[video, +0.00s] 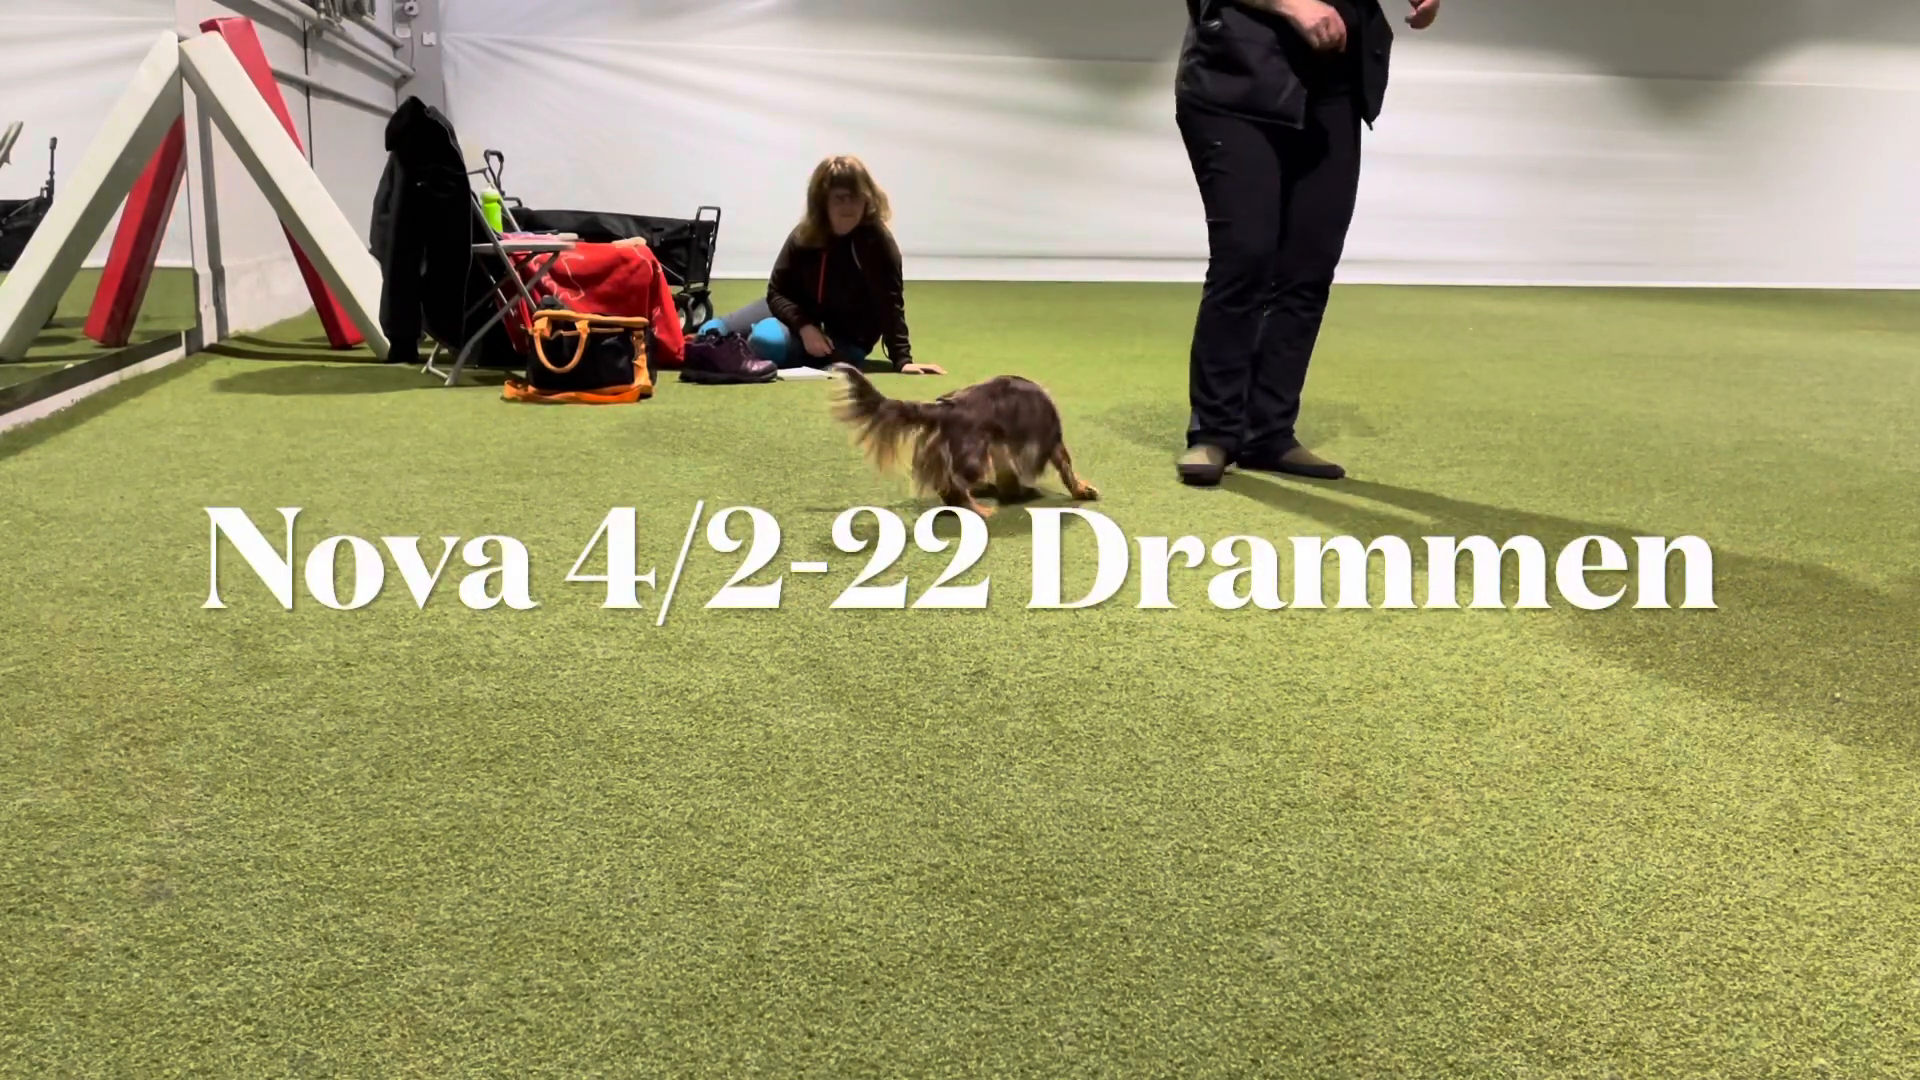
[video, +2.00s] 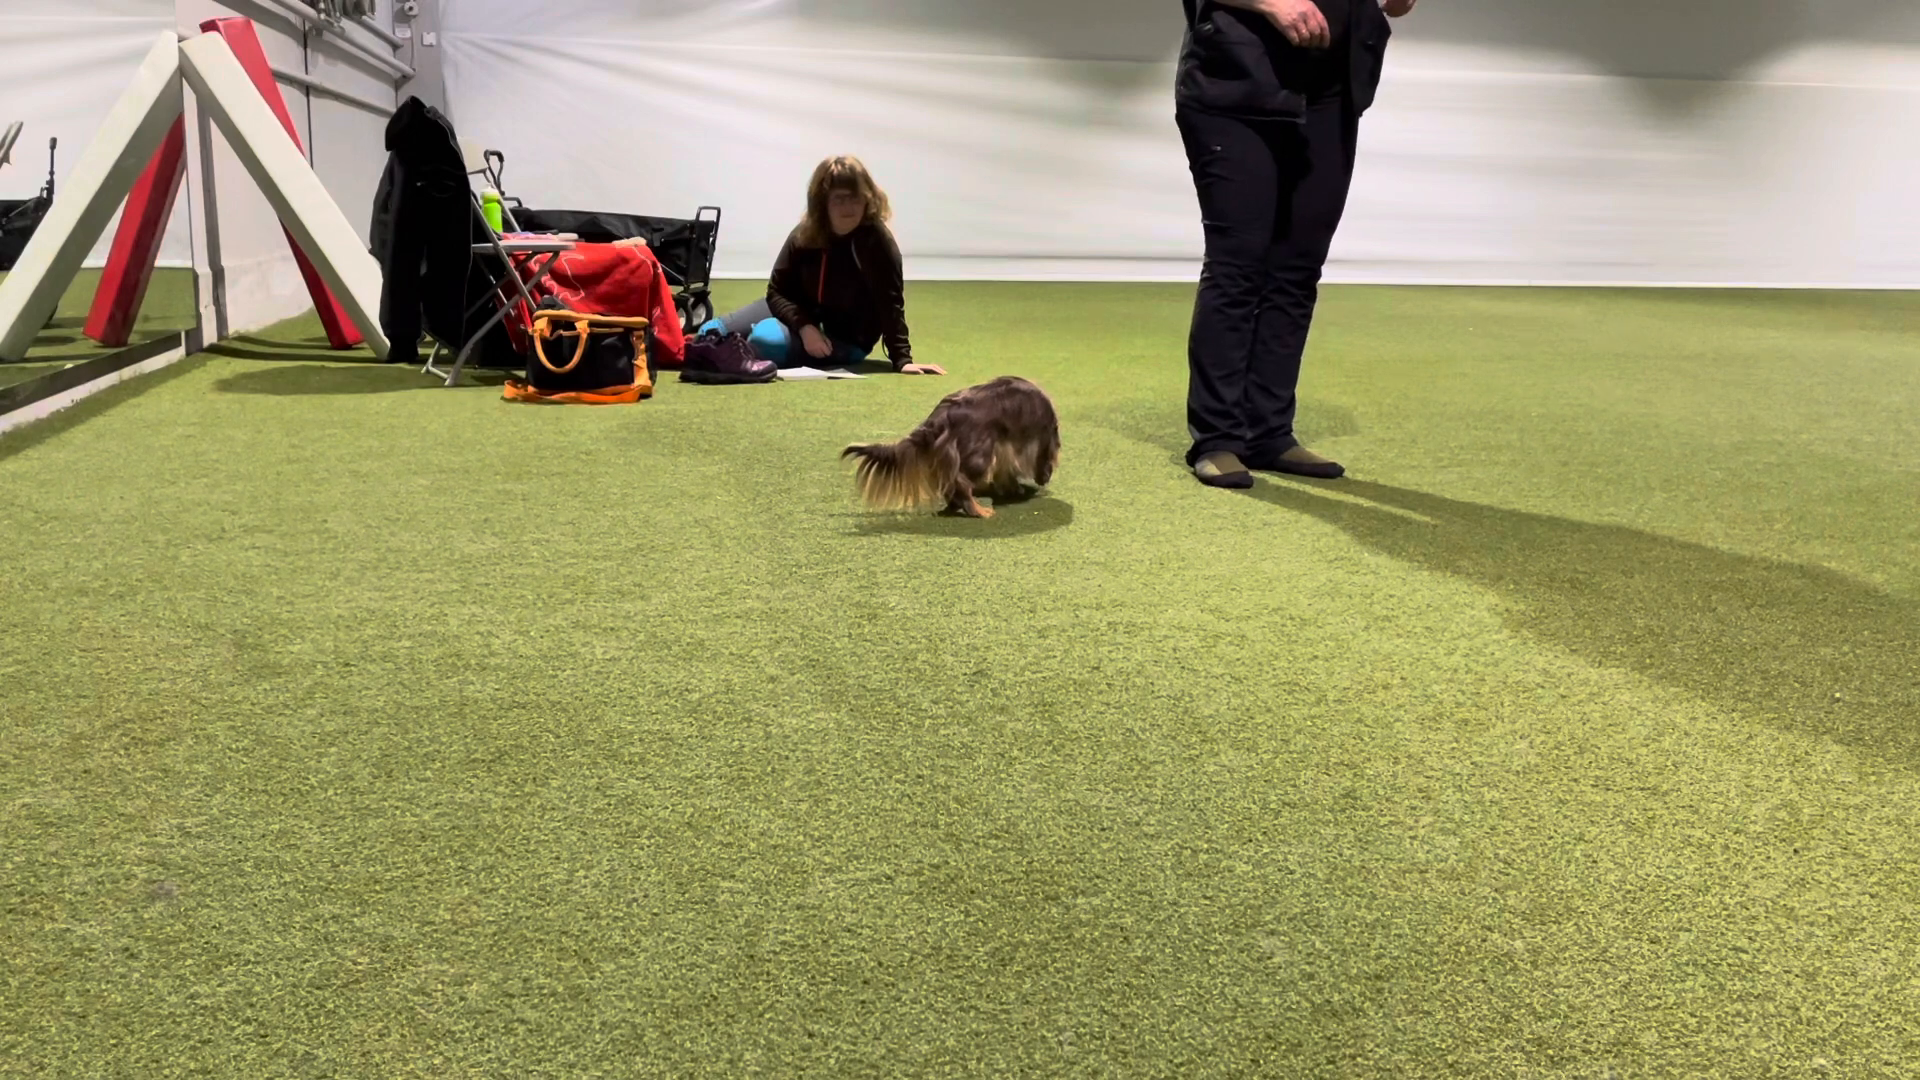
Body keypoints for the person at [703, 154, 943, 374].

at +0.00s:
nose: (848, 205)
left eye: (855, 196)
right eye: (839, 197)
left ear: (866, 201)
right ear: (822, 201)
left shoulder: (878, 243)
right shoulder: (804, 237)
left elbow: (891, 302)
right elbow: (778, 293)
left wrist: (902, 360)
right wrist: (804, 327)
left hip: (840, 338)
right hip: (793, 313)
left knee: (764, 338)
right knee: (712, 332)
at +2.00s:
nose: (848, 205)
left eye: (855, 197)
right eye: (839, 198)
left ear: (867, 200)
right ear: (823, 201)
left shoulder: (878, 243)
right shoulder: (804, 237)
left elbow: (892, 302)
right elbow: (777, 292)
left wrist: (902, 360)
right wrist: (804, 327)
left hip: (843, 338)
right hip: (797, 313)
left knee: (764, 336)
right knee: (714, 330)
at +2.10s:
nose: (848, 205)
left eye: (855, 197)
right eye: (839, 198)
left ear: (866, 200)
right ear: (823, 201)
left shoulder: (878, 242)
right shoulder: (804, 237)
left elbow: (891, 302)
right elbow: (777, 292)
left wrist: (902, 360)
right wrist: (804, 328)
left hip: (843, 338)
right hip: (796, 313)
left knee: (764, 336)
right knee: (713, 331)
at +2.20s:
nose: (847, 205)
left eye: (855, 197)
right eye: (839, 197)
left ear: (866, 200)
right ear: (823, 201)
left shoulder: (878, 242)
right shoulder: (804, 236)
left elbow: (891, 302)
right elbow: (777, 292)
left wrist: (902, 360)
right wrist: (804, 328)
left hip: (842, 338)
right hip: (796, 314)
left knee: (763, 336)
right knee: (712, 331)